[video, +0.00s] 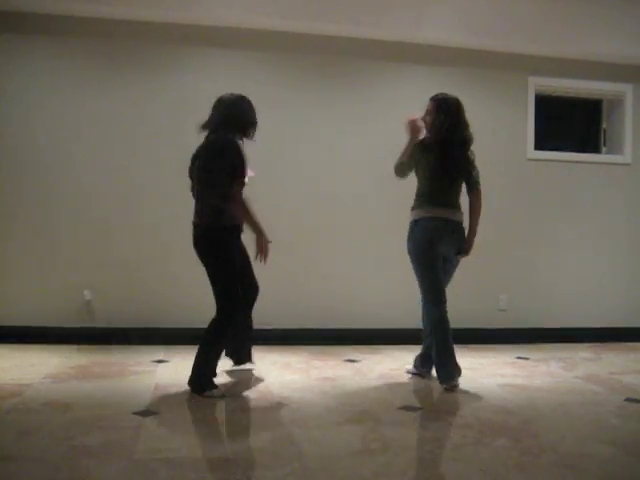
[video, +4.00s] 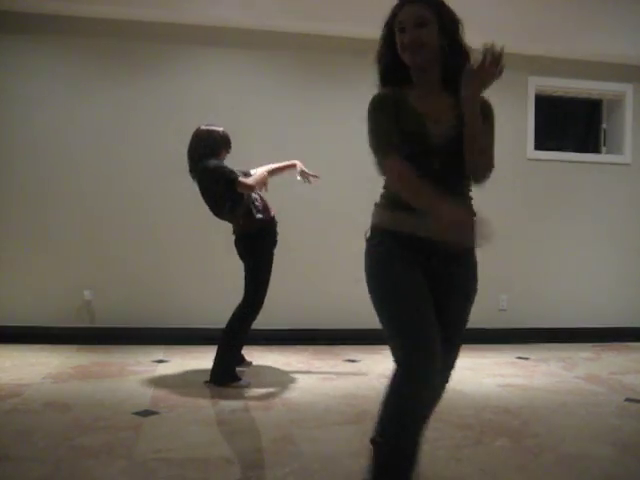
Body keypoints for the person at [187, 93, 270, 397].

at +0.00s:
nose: (252, 126)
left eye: (252, 120)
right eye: (250, 120)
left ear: (219, 116)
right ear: (240, 119)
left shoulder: (208, 146)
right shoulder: (229, 148)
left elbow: (200, 188)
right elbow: (233, 196)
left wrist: (236, 185)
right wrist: (259, 231)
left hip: (212, 232)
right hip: (218, 235)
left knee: (247, 289)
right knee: (229, 304)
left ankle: (239, 351)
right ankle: (201, 380)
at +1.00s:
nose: (249, 131)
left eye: (253, 127)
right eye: (244, 125)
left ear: (256, 132)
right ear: (232, 127)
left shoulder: (242, 160)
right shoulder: (226, 152)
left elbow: (247, 199)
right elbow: (210, 190)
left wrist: (265, 226)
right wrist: (193, 226)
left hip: (232, 239)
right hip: (222, 240)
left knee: (240, 298)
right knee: (242, 300)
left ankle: (228, 353)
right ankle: (220, 370)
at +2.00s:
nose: (263, 153)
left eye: (265, 148)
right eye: (263, 146)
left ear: (246, 137)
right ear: (252, 140)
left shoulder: (242, 161)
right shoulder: (231, 154)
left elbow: (260, 195)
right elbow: (229, 191)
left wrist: (293, 187)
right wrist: (227, 226)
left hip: (251, 236)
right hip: (242, 237)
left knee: (251, 297)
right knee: (256, 298)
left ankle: (227, 363)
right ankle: (227, 368)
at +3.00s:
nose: (242, 154)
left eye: (243, 149)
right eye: (241, 147)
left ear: (224, 139)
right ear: (230, 141)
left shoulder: (223, 156)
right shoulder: (215, 155)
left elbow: (256, 174)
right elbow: (247, 181)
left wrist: (292, 184)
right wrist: (273, 197)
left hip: (244, 235)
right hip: (238, 237)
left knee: (246, 299)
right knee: (246, 300)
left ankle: (227, 352)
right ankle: (220, 371)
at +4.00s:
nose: (227, 152)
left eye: (226, 147)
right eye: (224, 148)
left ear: (201, 147)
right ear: (215, 148)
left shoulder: (207, 170)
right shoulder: (215, 170)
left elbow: (252, 175)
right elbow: (249, 185)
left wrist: (293, 164)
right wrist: (263, 177)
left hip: (251, 235)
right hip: (256, 237)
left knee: (252, 301)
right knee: (252, 303)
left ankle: (231, 353)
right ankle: (222, 372)